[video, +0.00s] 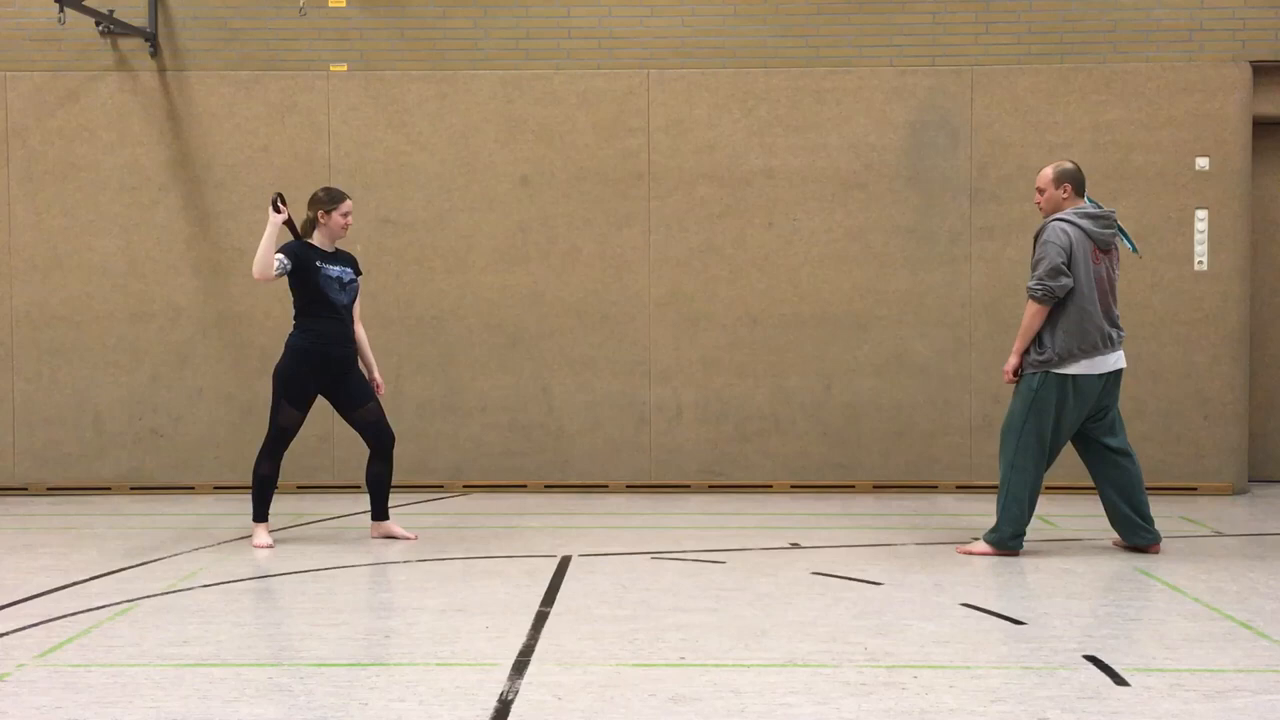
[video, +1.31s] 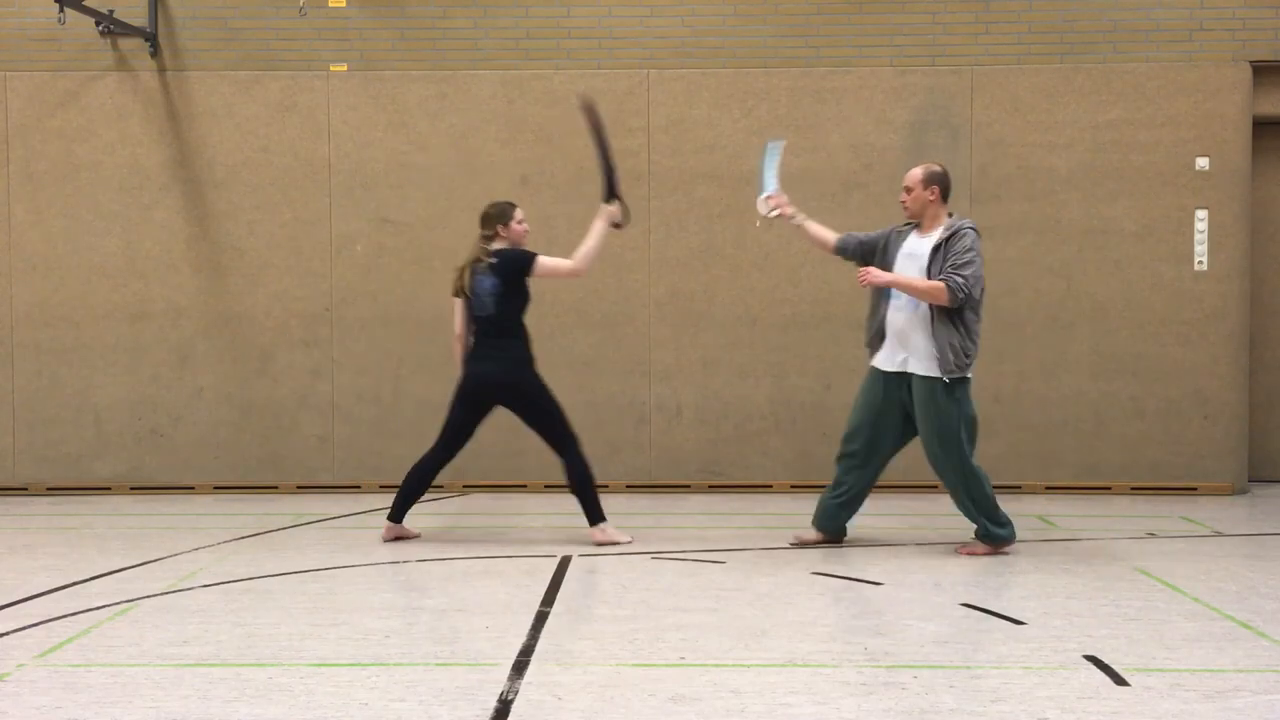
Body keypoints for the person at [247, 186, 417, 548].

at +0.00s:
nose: (350, 221)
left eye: (351, 215)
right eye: (344, 215)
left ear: (333, 216)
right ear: (323, 216)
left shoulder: (349, 263)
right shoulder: (299, 250)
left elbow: (354, 322)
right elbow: (262, 272)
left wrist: (372, 368)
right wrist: (274, 225)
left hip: (343, 366)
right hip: (302, 364)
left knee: (383, 439)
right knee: (276, 442)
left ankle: (381, 521)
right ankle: (260, 526)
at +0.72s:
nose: (402, 228)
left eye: (403, 222)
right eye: (397, 222)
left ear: (388, 226)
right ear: (376, 225)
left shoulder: (390, 271)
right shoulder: (350, 256)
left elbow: (390, 331)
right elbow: (315, 275)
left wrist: (412, 373)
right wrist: (333, 229)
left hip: (366, 375)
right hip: (330, 369)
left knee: (404, 443)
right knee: (301, 444)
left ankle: (381, 521)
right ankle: (262, 525)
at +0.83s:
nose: (422, 225)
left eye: (422, 218)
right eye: (416, 218)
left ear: (406, 224)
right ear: (395, 221)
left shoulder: (401, 266)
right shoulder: (374, 254)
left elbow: (395, 327)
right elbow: (363, 269)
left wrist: (414, 368)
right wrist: (375, 220)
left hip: (386, 371)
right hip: (356, 367)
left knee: (411, 446)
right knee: (332, 448)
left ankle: (382, 521)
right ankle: (273, 514)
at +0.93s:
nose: (439, 216)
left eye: (440, 210)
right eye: (433, 210)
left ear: (435, 214)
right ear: (414, 213)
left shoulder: (414, 255)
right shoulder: (395, 246)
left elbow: (400, 317)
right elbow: (417, 253)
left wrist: (414, 364)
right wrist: (423, 208)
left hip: (404, 365)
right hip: (380, 362)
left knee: (413, 444)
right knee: (387, 446)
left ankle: (382, 521)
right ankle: (319, 496)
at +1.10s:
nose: (472, 209)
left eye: (470, 203)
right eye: (466, 204)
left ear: (444, 210)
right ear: (446, 209)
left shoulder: (428, 241)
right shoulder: (442, 239)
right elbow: (493, 242)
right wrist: (500, 190)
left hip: (413, 354)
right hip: (430, 357)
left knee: (410, 440)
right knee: (477, 430)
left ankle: (381, 520)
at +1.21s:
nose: (500, 216)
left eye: (499, 210)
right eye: (495, 211)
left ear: (469, 218)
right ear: (476, 216)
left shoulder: (444, 256)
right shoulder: (484, 247)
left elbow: (437, 317)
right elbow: (540, 254)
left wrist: (451, 352)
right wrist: (558, 201)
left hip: (444, 360)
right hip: (477, 361)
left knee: (424, 442)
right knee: (525, 437)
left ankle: (388, 522)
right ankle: (562, 519)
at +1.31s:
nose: (527, 227)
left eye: (524, 221)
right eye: (520, 222)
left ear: (495, 231)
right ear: (502, 229)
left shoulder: (468, 269)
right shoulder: (513, 260)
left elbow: (460, 333)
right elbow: (576, 266)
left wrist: (465, 376)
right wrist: (603, 219)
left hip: (478, 375)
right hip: (515, 375)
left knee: (442, 450)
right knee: (567, 446)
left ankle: (393, 522)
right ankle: (599, 526)